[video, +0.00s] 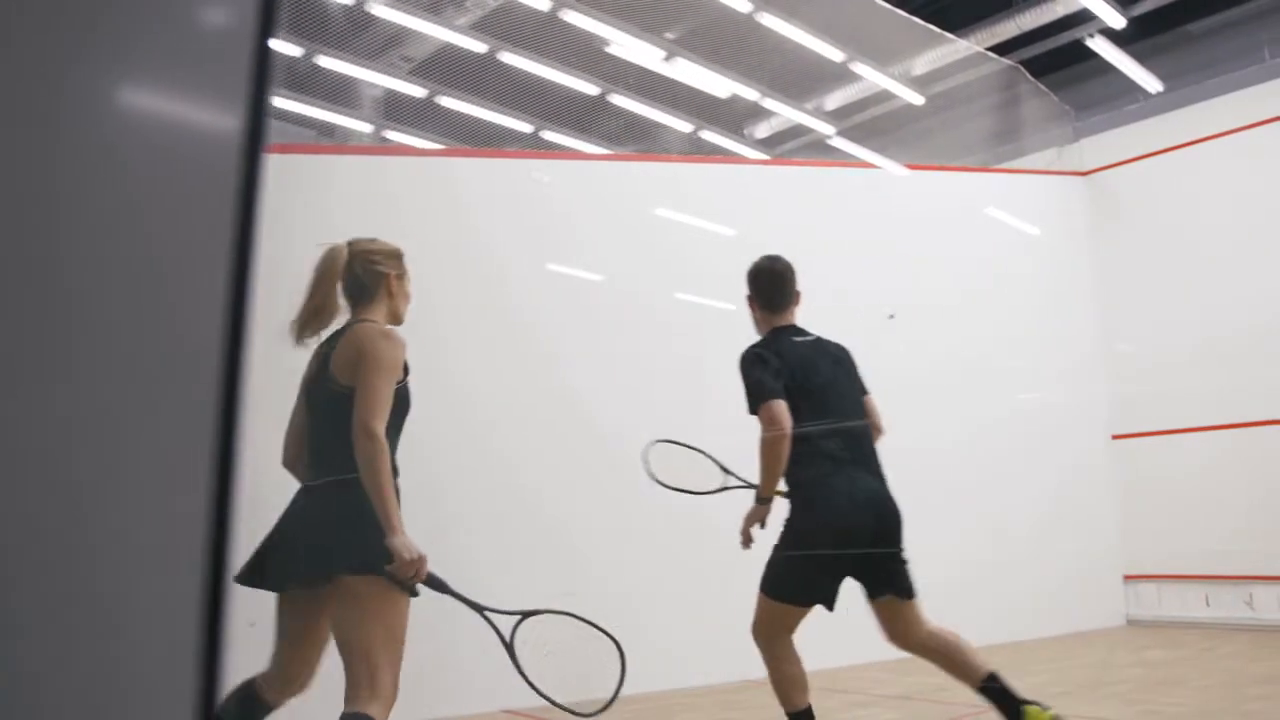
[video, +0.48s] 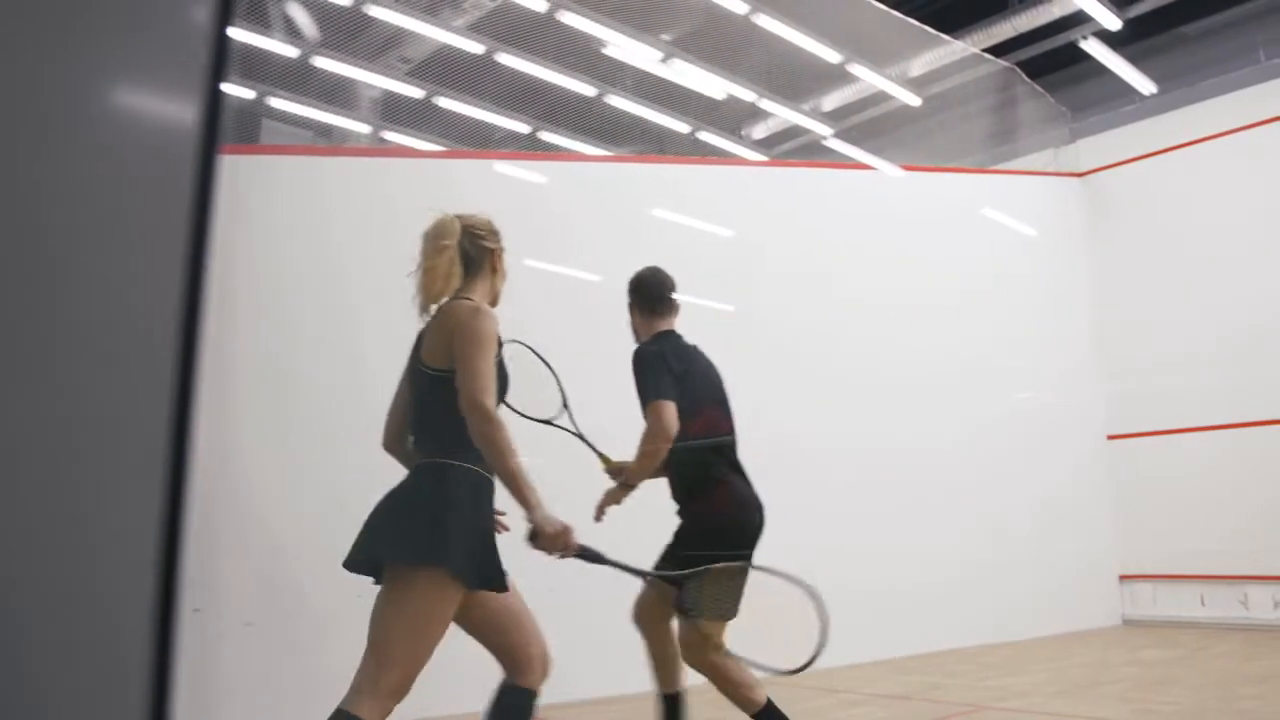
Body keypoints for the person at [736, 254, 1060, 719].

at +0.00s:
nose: (750, 305)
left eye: (748, 299)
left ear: (750, 303)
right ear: (798, 300)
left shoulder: (760, 357)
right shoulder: (834, 351)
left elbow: (778, 427)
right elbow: (873, 425)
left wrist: (762, 500)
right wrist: (814, 457)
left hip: (821, 517)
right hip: (877, 511)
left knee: (771, 632)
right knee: (908, 629)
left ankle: (802, 719)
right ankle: (1018, 708)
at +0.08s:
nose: (731, 307)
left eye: (729, 301)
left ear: (729, 303)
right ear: (776, 301)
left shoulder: (739, 357)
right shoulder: (812, 354)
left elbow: (758, 430)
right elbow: (846, 428)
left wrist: (740, 500)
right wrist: (783, 478)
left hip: (803, 515)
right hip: (853, 509)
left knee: (757, 635)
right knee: (863, 632)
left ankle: (797, 719)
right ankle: (970, 708)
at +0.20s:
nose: (703, 314)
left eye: (701, 306)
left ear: (699, 307)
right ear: (746, 305)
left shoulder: (712, 358)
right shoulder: (779, 356)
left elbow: (728, 432)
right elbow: (804, 439)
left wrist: (708, 496)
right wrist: (740, 485)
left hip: (775, 515)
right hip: (820, 511)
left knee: (740, 639)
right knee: (794, 633)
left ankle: (790, 718)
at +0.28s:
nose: (680, 314)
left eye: (679, 306)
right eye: (685, 304)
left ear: (680, 308)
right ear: (725, 306)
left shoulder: (695, 357)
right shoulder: (755, 357)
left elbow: (711, 432)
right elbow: (765, 439)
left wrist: (689, 491)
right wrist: (712, 479)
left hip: (758, 517)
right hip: (798, 511)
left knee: (727, 641)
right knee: (755, 629)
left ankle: (785, 718)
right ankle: (830, 712)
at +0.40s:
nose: (650, 319)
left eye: (650, 311)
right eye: (653, 311)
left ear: (653, 310)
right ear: (693, 309)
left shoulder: (668, 355)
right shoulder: (716, 357)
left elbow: (683, 429)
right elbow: (718, 438)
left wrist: (656, 481)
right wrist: (662, 480)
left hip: (738, 513)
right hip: (751, 507)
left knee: (710, 639)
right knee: (684, 618)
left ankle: (774, 715)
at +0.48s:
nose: (631, 318)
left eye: (630, 310)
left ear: (631, 309)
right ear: (674, 309)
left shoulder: (652, 354)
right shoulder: (692, 356)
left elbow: (663, 429)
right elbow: (698, 448)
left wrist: (626, 485)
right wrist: (635, 469)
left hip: (718, 515)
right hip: (725, 510)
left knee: (699, 646)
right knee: (650, 612)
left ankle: (774, 716)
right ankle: (673, 713)